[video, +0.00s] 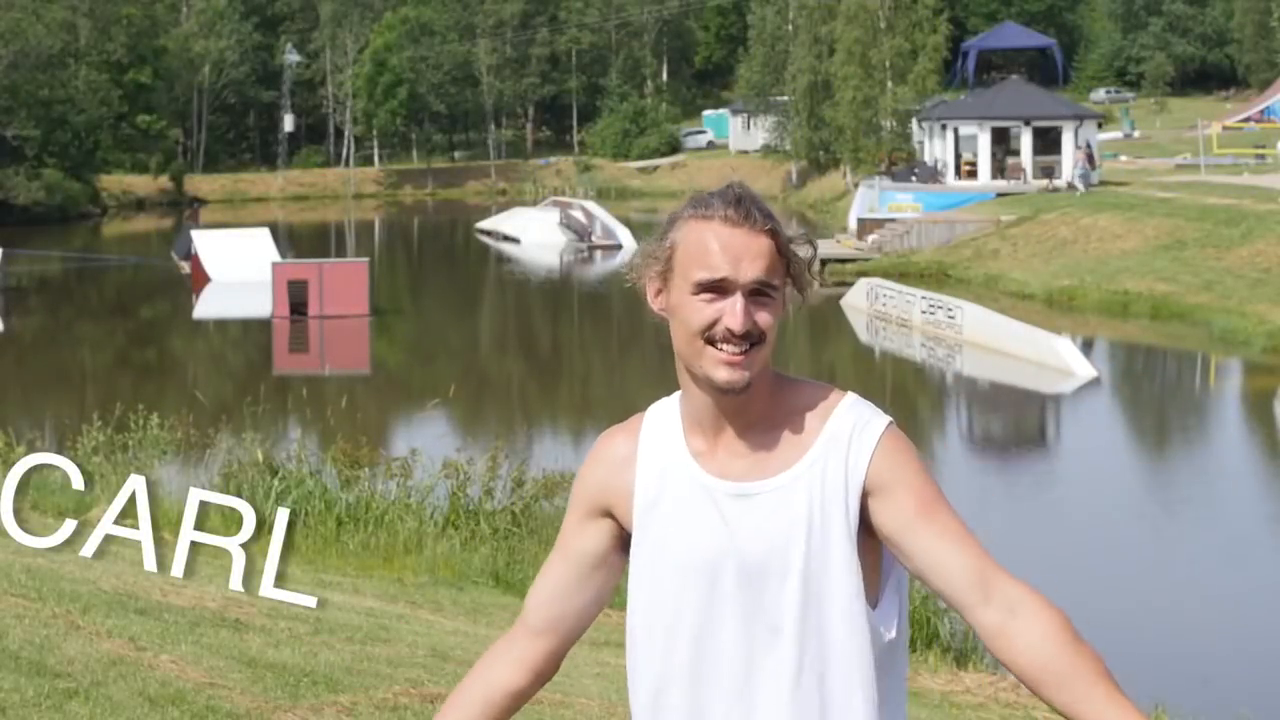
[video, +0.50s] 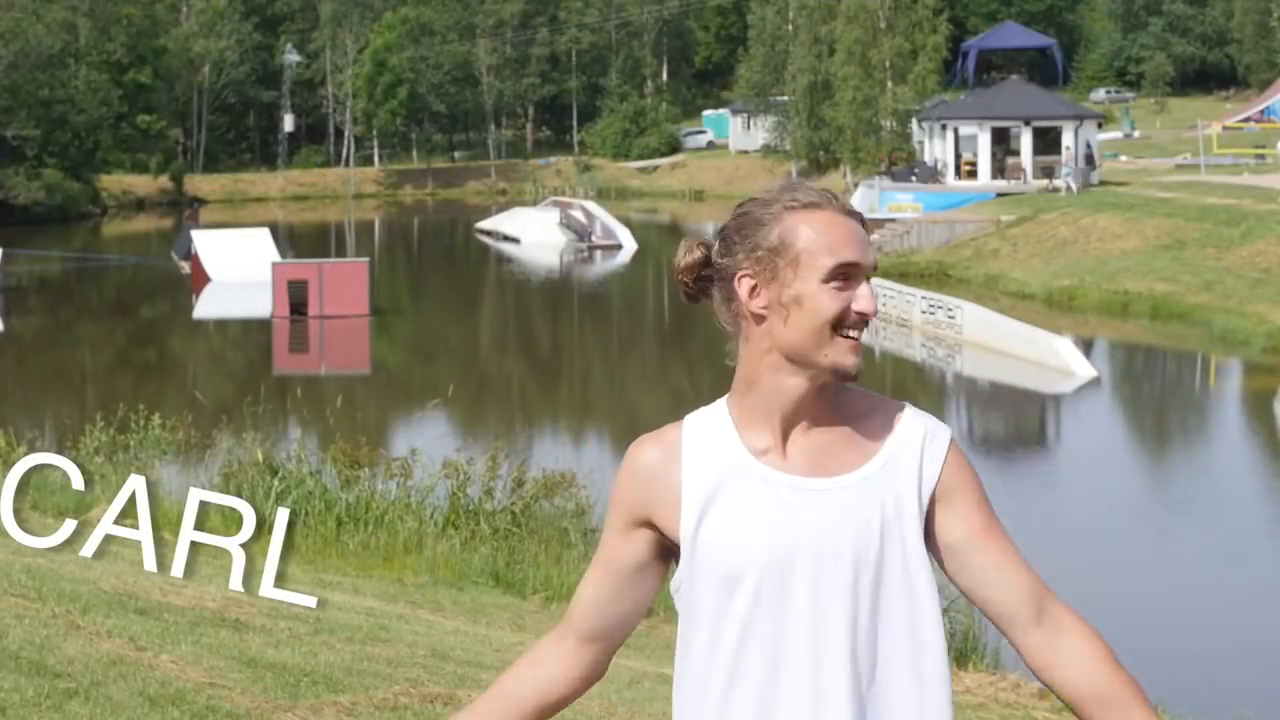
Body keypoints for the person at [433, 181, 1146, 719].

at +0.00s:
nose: (738, 316)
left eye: (761, 292)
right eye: (711, 290)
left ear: (786, 305)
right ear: (660, 299)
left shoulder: (858, 442)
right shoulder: (622, 462)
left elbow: (998, 607)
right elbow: (529, 647)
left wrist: (1125, 716)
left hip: (836, 711)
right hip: (680, 711)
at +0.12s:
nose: (737, 307)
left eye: (763, 283)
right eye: (712, 278)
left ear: (792, 296)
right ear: (661, 286)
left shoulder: (859, 437)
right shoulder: (617, 454)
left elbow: (1002, 585)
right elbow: (506, 634)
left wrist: (1166, 708)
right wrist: (375, 715)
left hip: (830, 718)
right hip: (668, 719)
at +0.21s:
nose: (743, 302)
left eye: (767, 280)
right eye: (717, 275)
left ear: (797, 293)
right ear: (668, 285)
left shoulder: (863, 434)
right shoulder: (624, 449)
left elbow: (1019, 576)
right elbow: (512, 615)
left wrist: (1195, 698)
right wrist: (347, 704)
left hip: (830, 718)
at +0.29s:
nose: (760, 305)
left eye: (783, 282)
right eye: (733, 278)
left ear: (808, 295)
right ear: (679, 286)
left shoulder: (871, 436)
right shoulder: (629, 451)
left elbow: (1026, 578)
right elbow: (517, 614)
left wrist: (1201, 696)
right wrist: (340, 692)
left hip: (839, 715)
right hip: (681, 717)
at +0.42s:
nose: (822, 307)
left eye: (836, 284)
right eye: (795, 279)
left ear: (847, 295)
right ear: (712, 288)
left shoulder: (897, 443)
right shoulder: (650, 460)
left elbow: (1046, 605)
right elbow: (542, 631)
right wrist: (372, 710)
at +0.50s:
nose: (869, 303)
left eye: (869, 279)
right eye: (841, 279)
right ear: (755, 295)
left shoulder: (921, 450)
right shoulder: (664, 466)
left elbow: (1043, 627)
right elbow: (576, 648)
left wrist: (1146, 716)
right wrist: (470, 717)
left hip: (893, 708)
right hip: (732, 710)